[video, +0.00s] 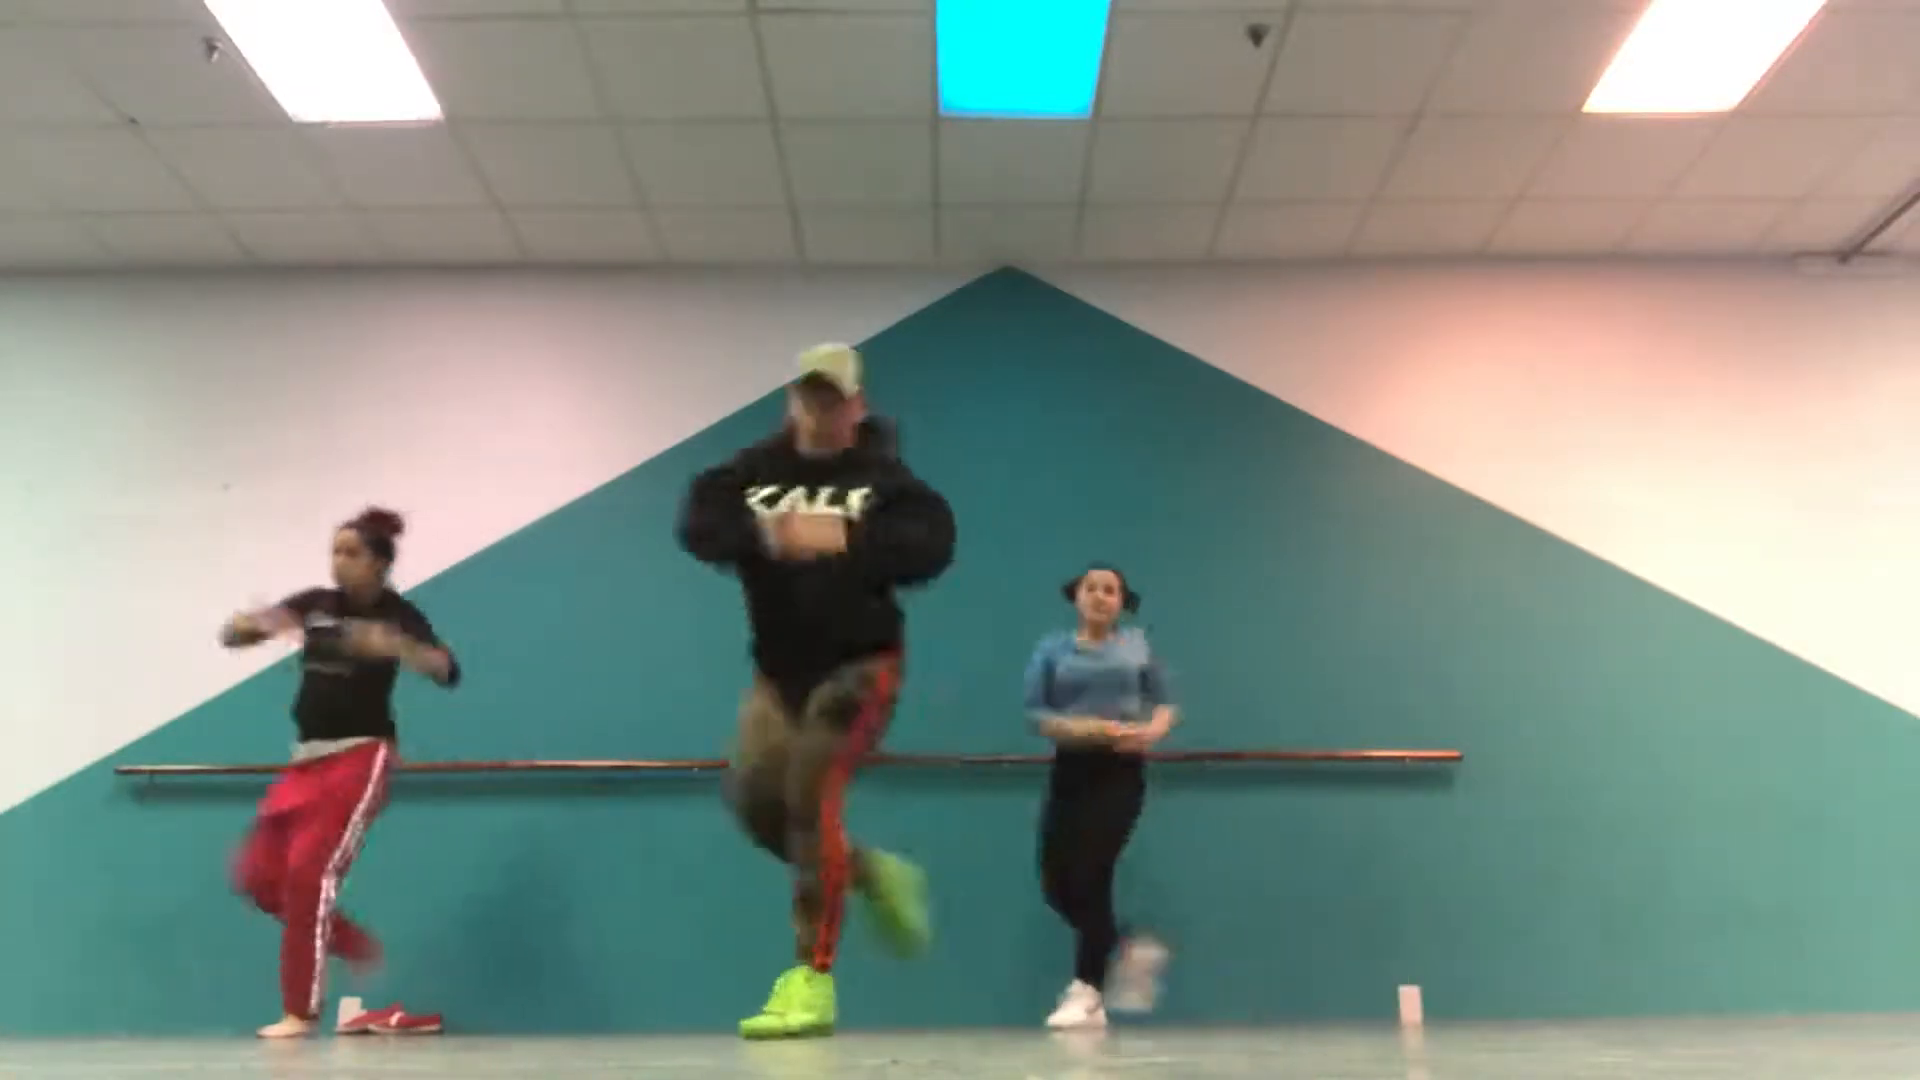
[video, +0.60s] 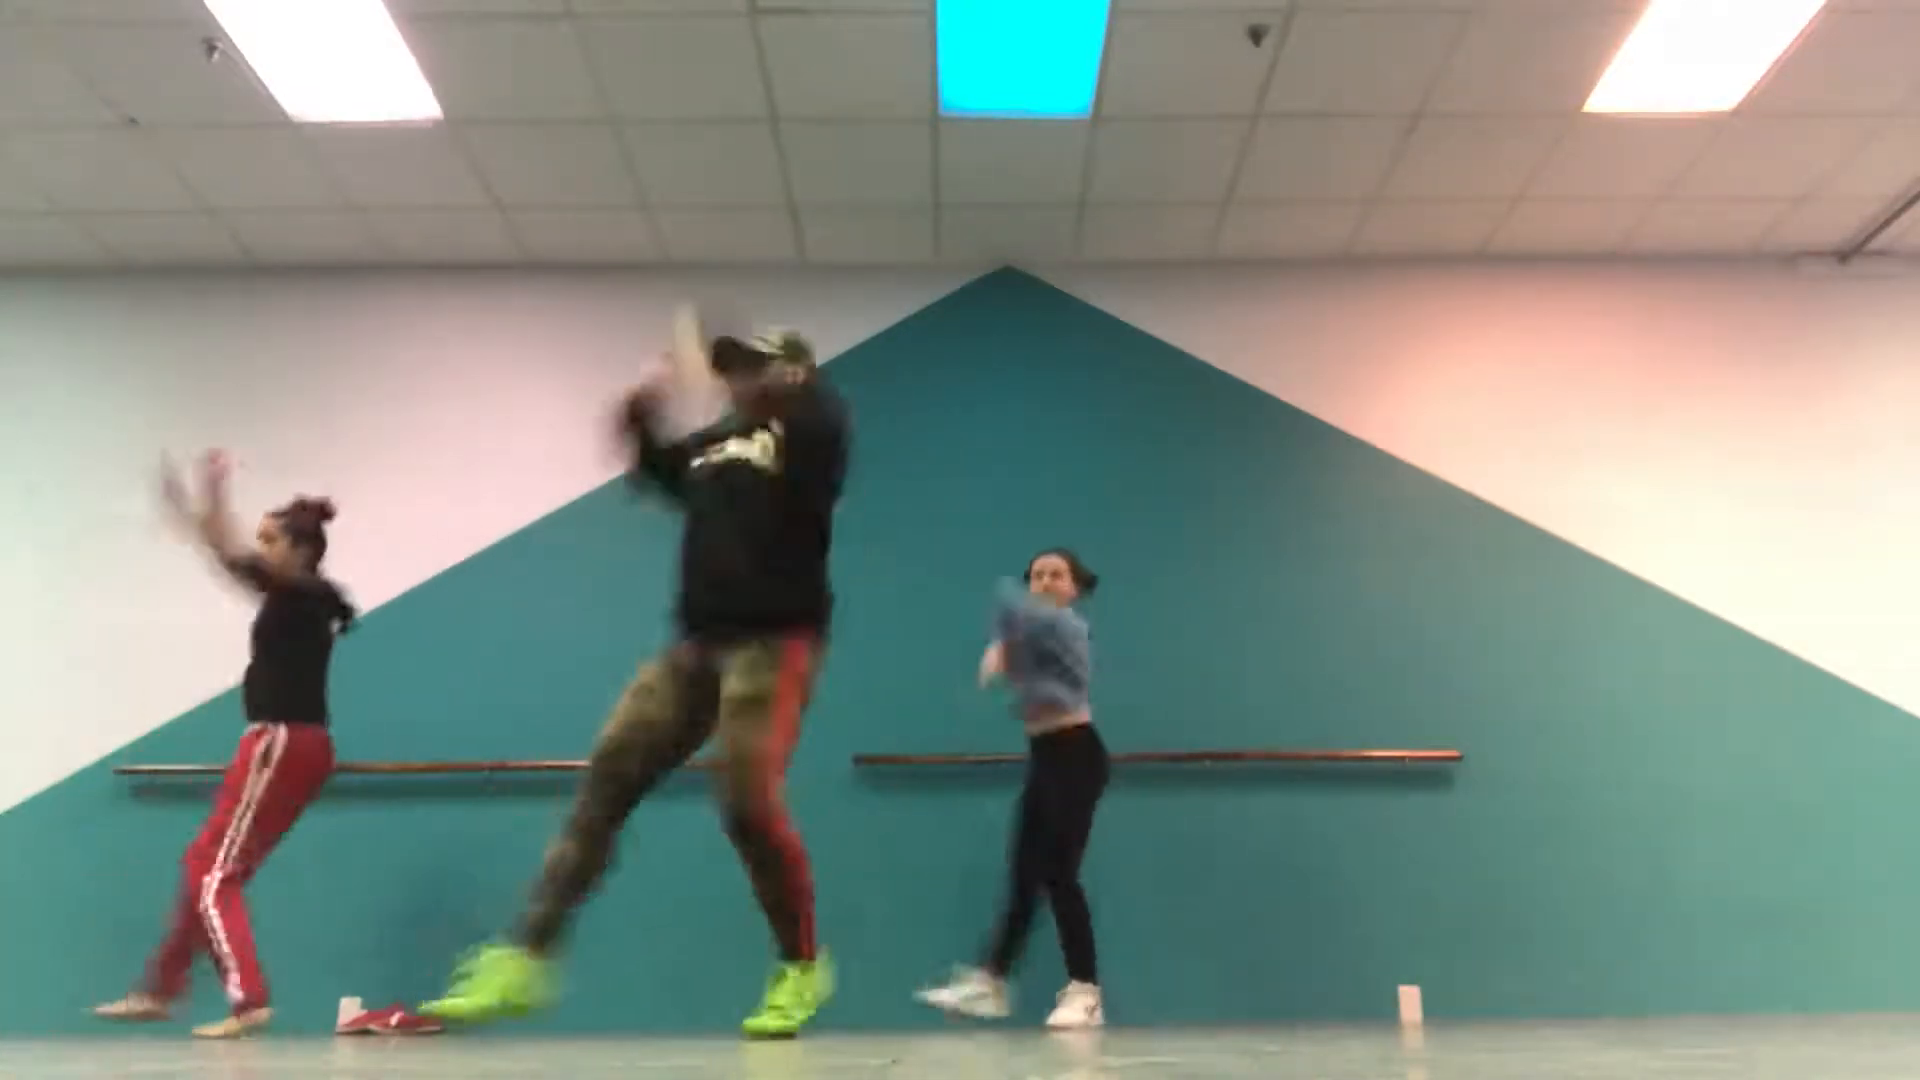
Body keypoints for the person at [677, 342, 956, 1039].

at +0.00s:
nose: (818, 410)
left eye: (833, 399)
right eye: (809, 397)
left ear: (857, 407)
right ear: (792, 402)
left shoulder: (882, 475)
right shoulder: (755, 468)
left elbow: (932, 539)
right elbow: (699, 525)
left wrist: (843, 536)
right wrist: (771, 533)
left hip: (859, 664)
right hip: (780, 670)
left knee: (814, 797)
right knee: (755, 800)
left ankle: (812, 975)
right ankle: (874, 877)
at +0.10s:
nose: (787, 430)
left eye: (799, 418)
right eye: (776, 418)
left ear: (825, 418)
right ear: (760, 418)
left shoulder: (853, 479)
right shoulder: (733, 477)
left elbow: (916, 550)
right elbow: (670, 544)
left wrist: (856, 489)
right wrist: (692, 486)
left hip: (829, 668)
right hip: (746, 665)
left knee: (790, 803)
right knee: (678, 745)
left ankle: (811, 980)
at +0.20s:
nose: (768, 398)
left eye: (782, 384)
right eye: (758, 384)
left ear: (806, 390)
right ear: (741, 389)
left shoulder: (837, 472)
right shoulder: (702, 460)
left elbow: (891, 566)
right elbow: (647, 550)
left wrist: (864, 567)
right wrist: (630, 540)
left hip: (796, 660)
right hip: (707, 654)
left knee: (789, 805)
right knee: (622, 744)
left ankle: (803, 978)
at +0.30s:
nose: (754, 372)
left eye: (767, 364)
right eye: (739, 364)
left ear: (786, 392)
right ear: (719, 390)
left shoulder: (816, 484)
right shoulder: (680, 452)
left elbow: (837, 583)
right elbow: (616, 535)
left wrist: (839, 669)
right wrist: (589, 628)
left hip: (759, 674)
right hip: (660, 660)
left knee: (815, 794)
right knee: (574, 790)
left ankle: (767, 970)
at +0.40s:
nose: (735, 417)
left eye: (750, 409)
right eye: (722, 408)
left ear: (771, 435)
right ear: (703, 431)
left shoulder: (793, 525)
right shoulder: (655, 491)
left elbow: (800, 638)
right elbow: (596, 591)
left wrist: (801, 726)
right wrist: (546, 680)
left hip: (717, 713)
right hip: (614, 698)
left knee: (806, 807)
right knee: (521, 815)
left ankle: (751, 981)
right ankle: (452, 991)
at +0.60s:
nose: (743, 384)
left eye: (755, 371)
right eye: (741, 373)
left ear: (791, 374)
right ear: (743, 382)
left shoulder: (814, 430)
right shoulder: (716, 442)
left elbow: (803, 412)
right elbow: (674, 482)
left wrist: (726, 372)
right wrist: (642, 430)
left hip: (777, 636)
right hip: (701, 639)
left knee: (750, 797)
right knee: (612, 773)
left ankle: (802, 966)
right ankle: (528, 956)